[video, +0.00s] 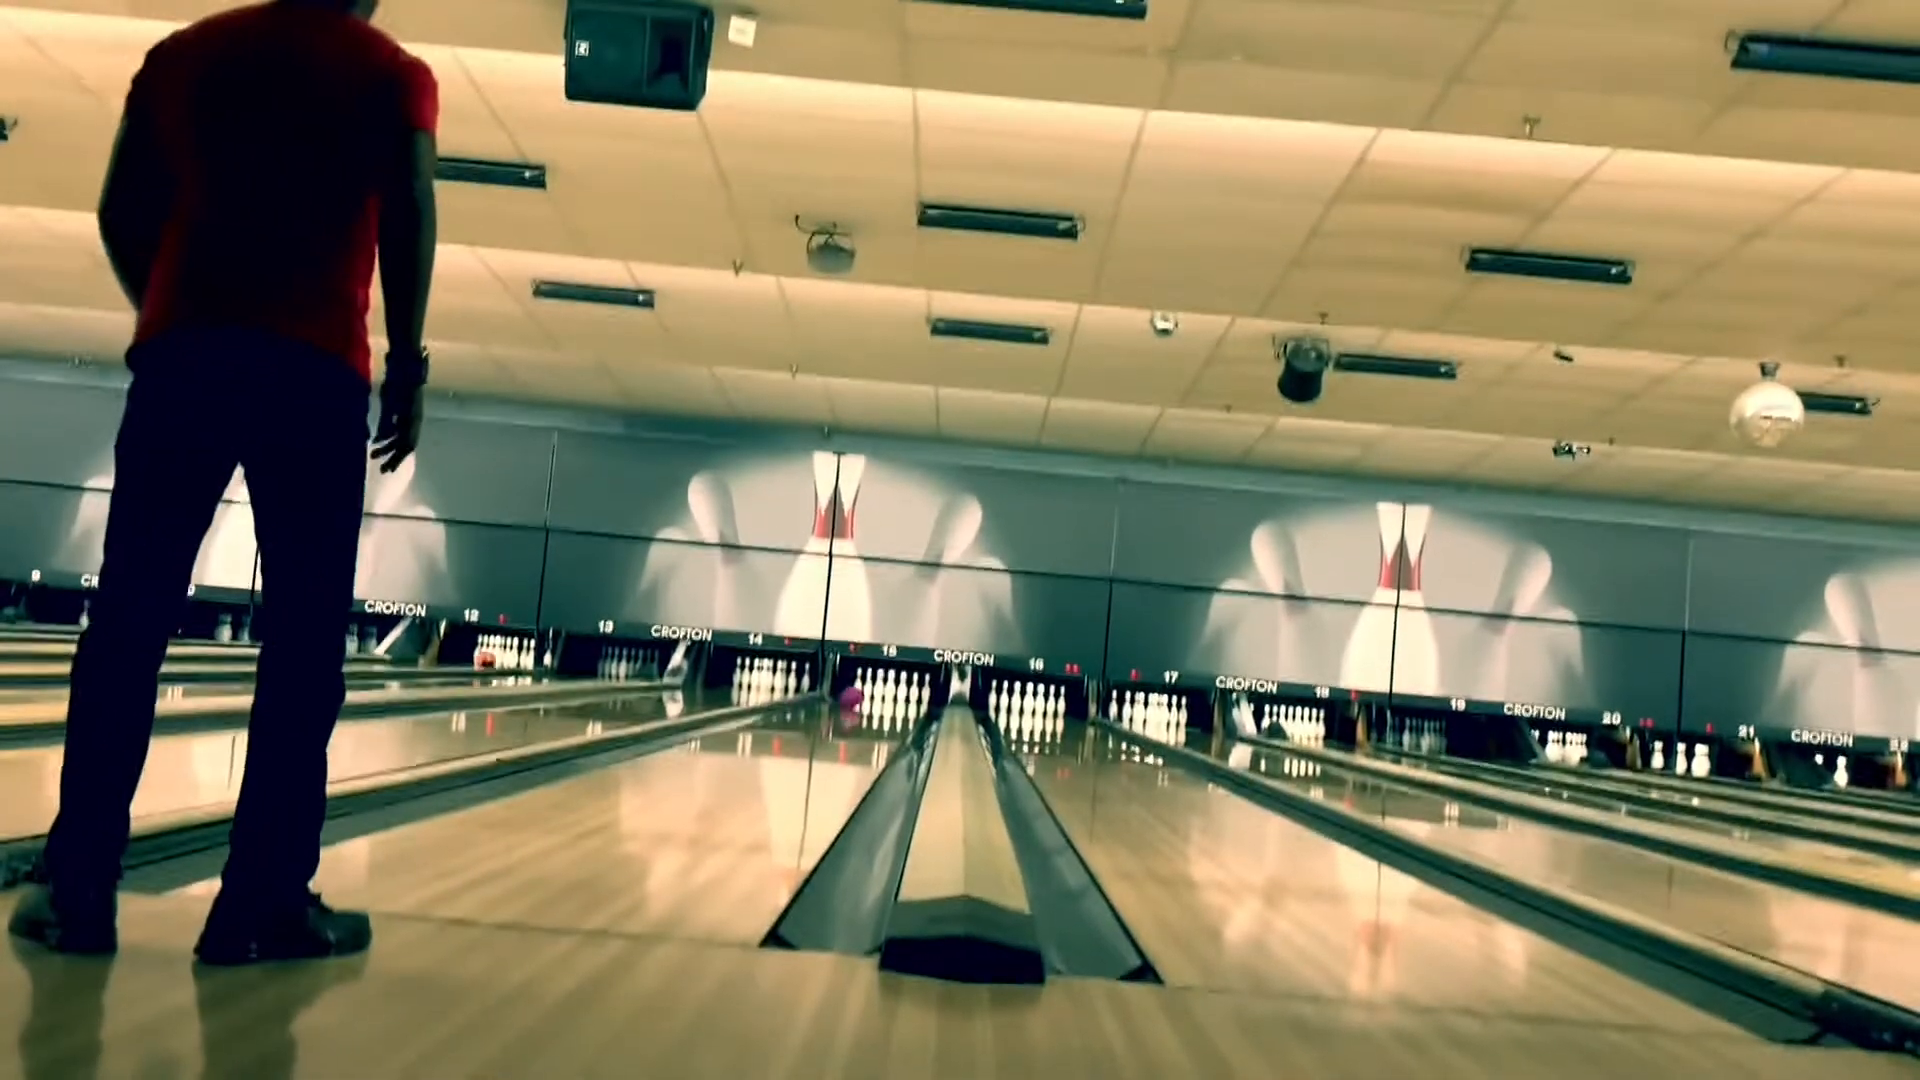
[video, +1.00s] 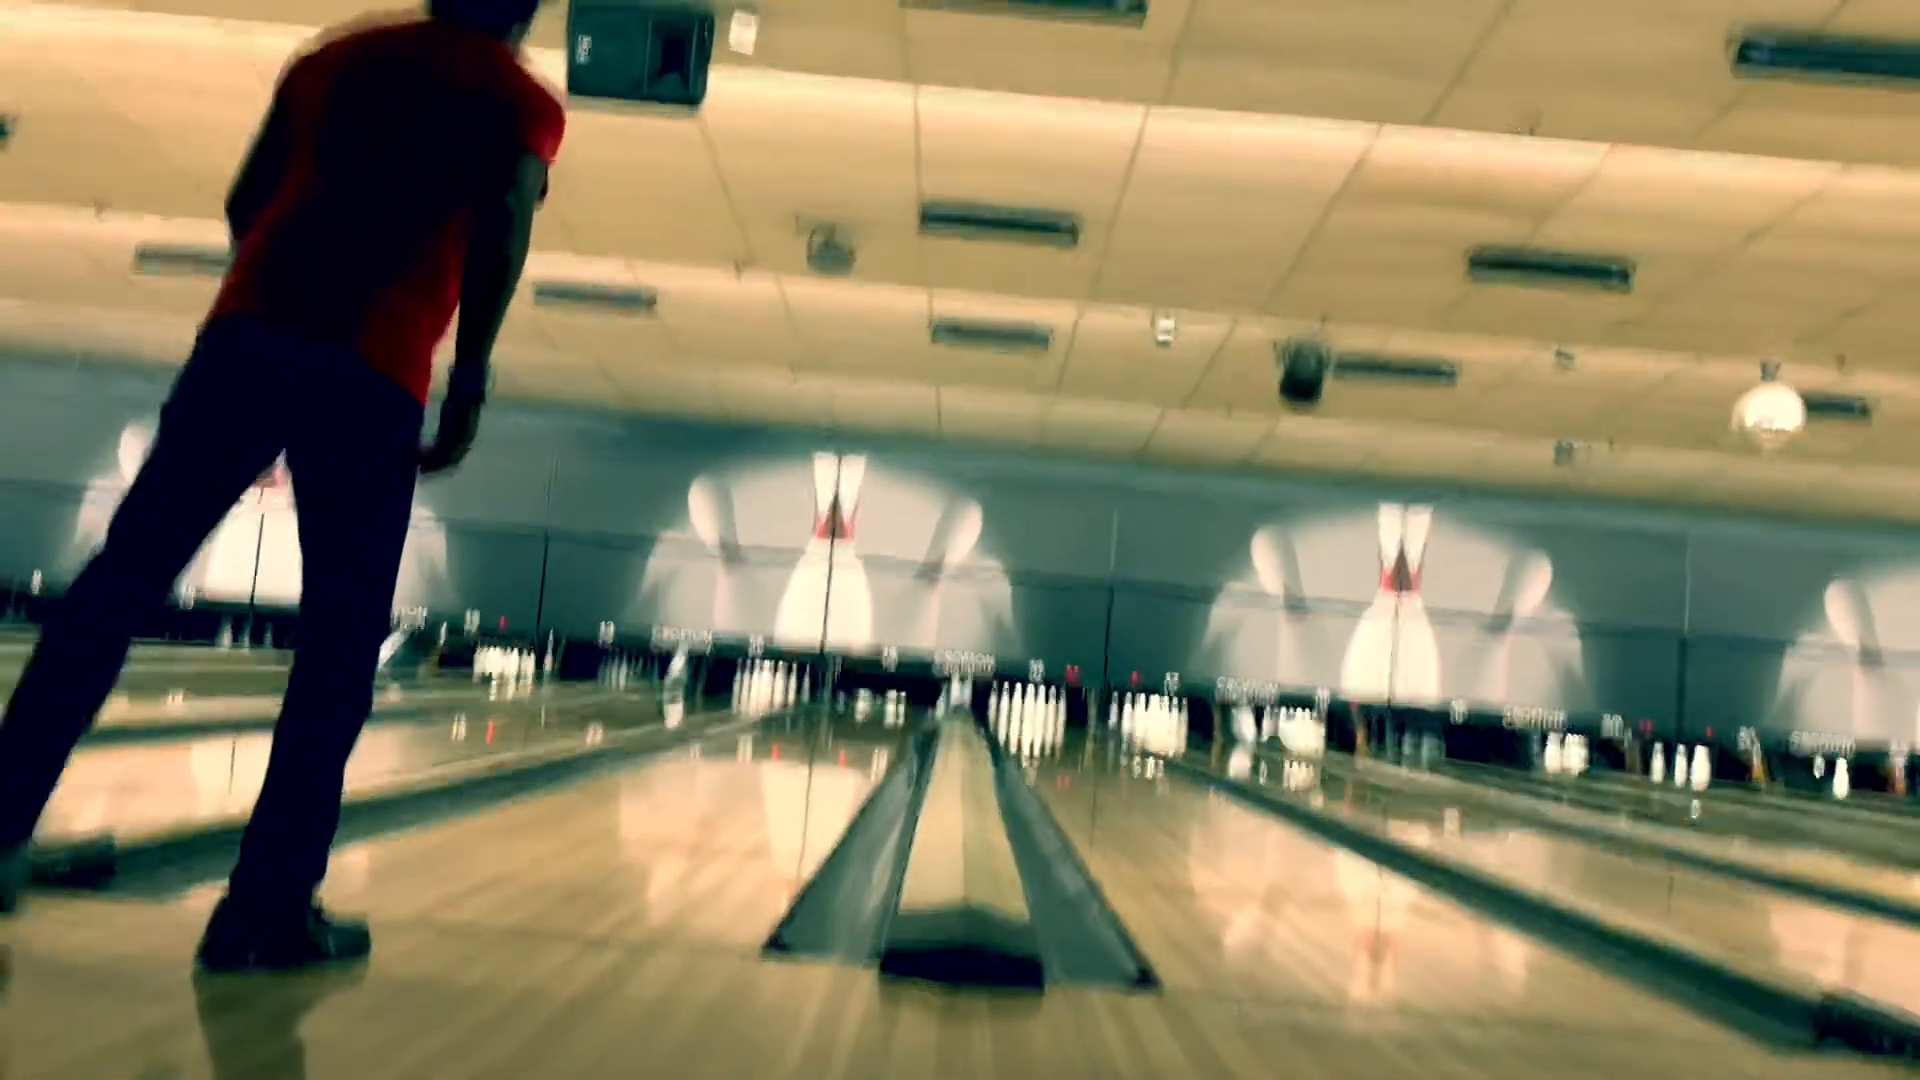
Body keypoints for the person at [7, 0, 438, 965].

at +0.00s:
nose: (381, 1)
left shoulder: (179, 53)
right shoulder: (394, 70)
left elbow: (121, 216)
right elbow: (409, 217)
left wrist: (179, 320)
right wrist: (405, 358)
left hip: (180, 366)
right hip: (313, 376)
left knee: (126, 622)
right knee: (304, 645)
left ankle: (78, 899)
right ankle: (262, 908)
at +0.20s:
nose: (434, 20)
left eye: (427, 14)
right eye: (435, 12)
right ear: (420, 5)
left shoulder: (231, 56)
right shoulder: (443, 85)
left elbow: (167, 216)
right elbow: (446, 230)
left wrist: (231, 312)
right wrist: (437, 371)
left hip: (208, 367)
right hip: (340, 381)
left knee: (141, 623)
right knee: (320, 651)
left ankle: (79, 899)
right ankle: (263, 910)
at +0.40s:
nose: (488, 28)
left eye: (482, 19)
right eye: (492, 19)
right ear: (484, 15)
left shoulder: (291, 66)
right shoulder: (492, 103)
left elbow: (214, 214)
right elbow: (483, 239)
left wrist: (275, 309)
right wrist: (455, 383)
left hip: (228, 362)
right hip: (357, 385)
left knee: (130, 605)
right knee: (332, 645)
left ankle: (35, 880)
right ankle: (264, 906)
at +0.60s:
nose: (534, 31)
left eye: (530, 23)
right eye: (539, 22)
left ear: (439, 3)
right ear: (529, 21)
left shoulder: (332, 62)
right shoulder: (529, 107)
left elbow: (247, 205)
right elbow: (504, 233)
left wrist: (294, 317)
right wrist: (466, 383)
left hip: (242, 343)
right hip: (367, 375)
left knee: (99, 566)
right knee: (338, 647)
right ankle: (263, 905)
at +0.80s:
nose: (544, 34)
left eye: (538, 26)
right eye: (548, 25)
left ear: (451, 4)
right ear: (540, 22)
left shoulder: (346, 57)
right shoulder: (539, 102)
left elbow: (257, 201)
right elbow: (513, 220)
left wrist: (310, 310)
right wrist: (470, 383)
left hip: (248, 336)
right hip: (371, 369)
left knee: (88, 545)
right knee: (336, 651)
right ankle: (261, 909)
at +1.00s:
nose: (528, 30)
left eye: (524, 21)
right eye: (532, 22)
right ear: (521, 15)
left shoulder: (330, 57)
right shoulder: (525, 100)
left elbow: (245, 202)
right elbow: (501, 231)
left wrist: (290, 315)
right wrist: (468, 385)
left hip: (242, 350)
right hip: (369, 379)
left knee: (117, 584)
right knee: (337, 654)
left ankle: (3, 824)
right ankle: (265, 915)